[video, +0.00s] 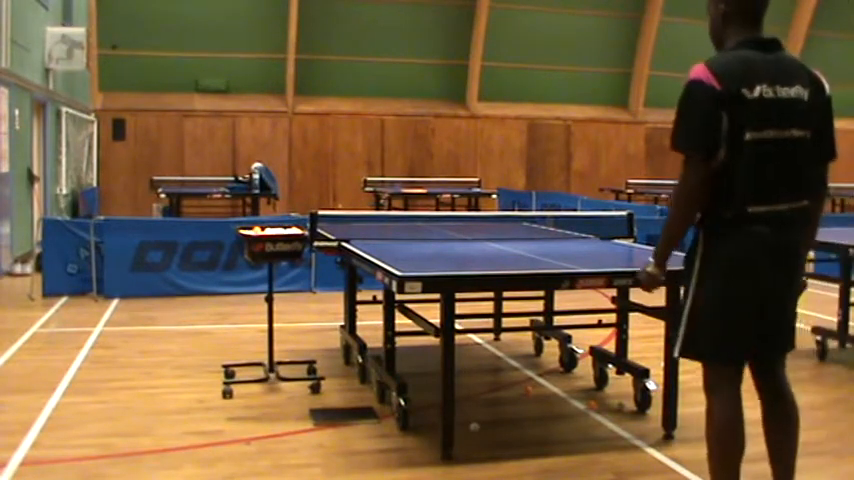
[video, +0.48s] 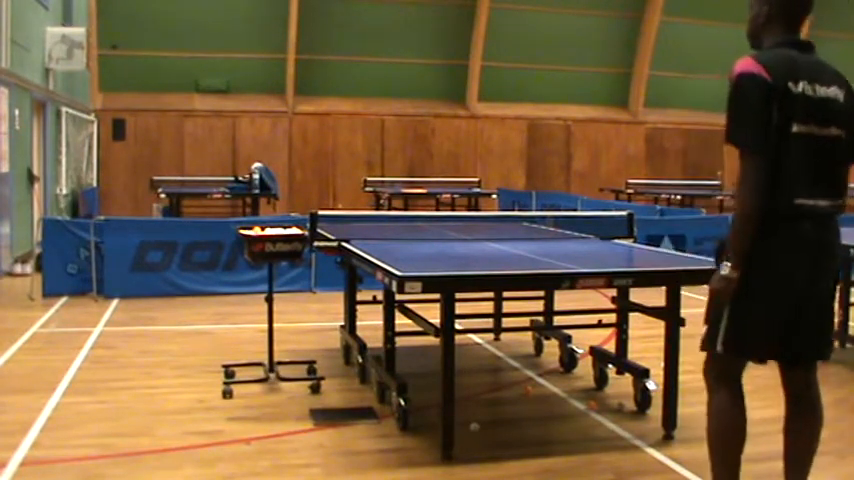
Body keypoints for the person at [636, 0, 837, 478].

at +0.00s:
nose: (708, 20)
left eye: (709, 11)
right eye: (710, 12)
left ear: (720, 12)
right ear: (760, 16)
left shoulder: (711, 78)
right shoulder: (811, 81)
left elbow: (695, 179)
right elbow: (818, 184)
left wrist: (659, 260)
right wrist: (800, 249)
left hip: (728, 251)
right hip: (787, 251)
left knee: (721, 382)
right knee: (771, 372)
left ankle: (723, 474)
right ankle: (784, 474)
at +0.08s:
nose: (716, 20)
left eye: (717, 11)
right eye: (718, 12)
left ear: (728, 12)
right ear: (768, 16)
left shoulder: (720, 76)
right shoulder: (816, 81)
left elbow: (705, 182)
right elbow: (819, 185)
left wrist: (672, 263)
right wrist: (799, 250)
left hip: (731, 253)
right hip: (789, 254)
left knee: (722, 383)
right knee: (777, 374)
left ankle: (723, 474)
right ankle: (786, 475)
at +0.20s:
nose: (728, 19)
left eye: (731, 11)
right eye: (731, 11)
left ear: (741, 13)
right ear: (782, 18)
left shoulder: (733, 75)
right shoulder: (823, 81)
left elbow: (721, 181)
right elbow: (827, 178)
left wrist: (698, 268)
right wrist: (802, 239)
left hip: (744, 249)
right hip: (803, 249)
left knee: (719, 377)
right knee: (786, 371)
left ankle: (723, 475)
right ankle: (790, 474)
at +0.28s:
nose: (735, 21)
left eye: (737, 13)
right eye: (737, 13)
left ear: (748, 13)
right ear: (789, 19)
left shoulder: (741, 75)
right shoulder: (828, 81)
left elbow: (733, 183)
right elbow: (835, 177)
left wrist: (711, 269)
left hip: (755, 249)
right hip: (812, 250)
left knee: (712, 371)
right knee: (792, 369)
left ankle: (721, 475)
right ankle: (792, 476)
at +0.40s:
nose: (742, 19)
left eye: (746, 10)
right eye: (745, 11)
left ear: (757, 13)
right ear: (798, 18)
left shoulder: (751, 72)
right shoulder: (834, 81)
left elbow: (747, 178)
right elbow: (839, 181)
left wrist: (727, 267)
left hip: (764, 246)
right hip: (819, 249)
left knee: (711, 365)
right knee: (800, 371)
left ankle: (722, 474)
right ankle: (795, 476)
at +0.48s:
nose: (746, 18)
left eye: (751, 8)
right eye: (750, 9)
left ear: (763, 13)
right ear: (802, 18)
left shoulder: (755, 71)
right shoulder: (837, 81)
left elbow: (752, 180)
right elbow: (841, 183)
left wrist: (731, 265)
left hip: (766, 244)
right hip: (820, 247)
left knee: (721, 370)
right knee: (801, 373)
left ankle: (724, 474)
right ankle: (796, 475)